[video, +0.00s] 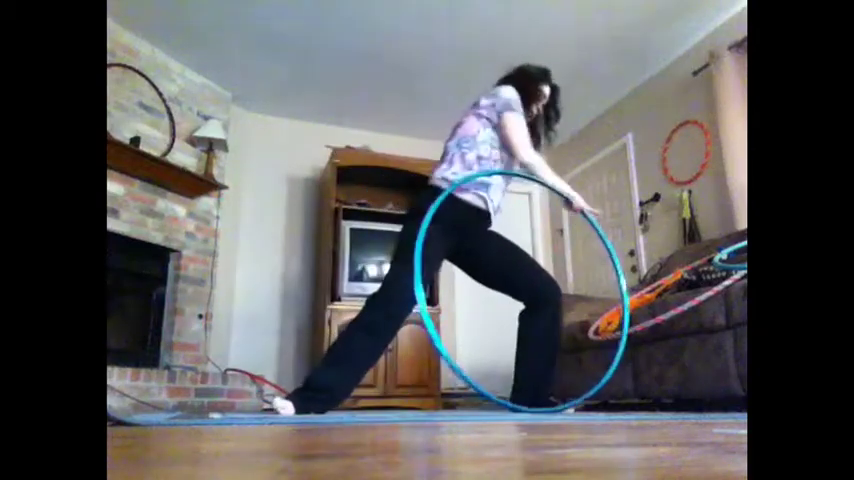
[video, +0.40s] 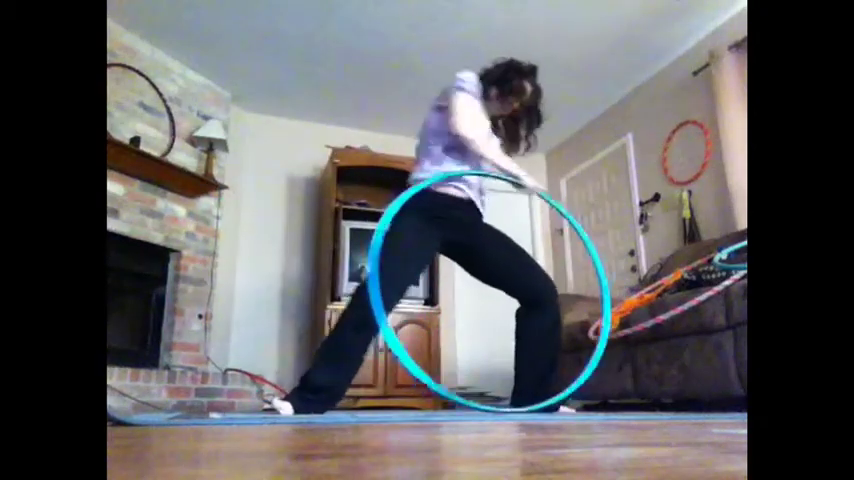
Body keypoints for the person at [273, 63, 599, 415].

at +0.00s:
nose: (542, 105)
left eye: (545, 102)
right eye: (541, 96)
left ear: (536, 105)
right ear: (527, 86)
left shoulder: (507, 125)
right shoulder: (505, 96)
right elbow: (524, 155)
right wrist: (572, 197)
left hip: (472, 228)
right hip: (439, 213)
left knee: (544, 294)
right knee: (391, 306)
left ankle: (532, 401)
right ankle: (306, 402)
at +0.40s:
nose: (507, 112)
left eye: (514, 109)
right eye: (509, 103)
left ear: (514, 107)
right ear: (499, 87)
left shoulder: (487, 124)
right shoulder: (464, 86)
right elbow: (466, 128)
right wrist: (516, 172)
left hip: (465, 220)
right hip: (423, 210)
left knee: (540, 293)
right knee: (375, 299)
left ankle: (533, 404)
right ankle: (307, 401)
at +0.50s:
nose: (492, 107)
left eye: (499, 104)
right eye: (494, 98)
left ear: (502, 102)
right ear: (485, 79)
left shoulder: (482, 125)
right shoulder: (444, 83)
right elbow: (425, 122)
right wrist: (478, 153)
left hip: (459, 216)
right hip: (414, 207)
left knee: (531, 293)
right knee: (360, 301)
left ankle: (535, 402)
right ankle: (301, 401)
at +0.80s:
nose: (433, 63)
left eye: (442, 58)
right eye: (429, 52)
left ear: (449, 64)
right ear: (412, 47)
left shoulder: (444, 97)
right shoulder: (373, 85)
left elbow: (489, 118)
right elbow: (322, 117)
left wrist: (509, 149)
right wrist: (347, 139)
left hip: (437, 209)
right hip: (384, 209)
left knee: (489, 296)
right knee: (324, 286)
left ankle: (531, 398)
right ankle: (297, 395)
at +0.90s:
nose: (399, 54)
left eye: (408, 48)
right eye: (391, 45)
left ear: (418, 54)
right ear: (374, 46)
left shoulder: (423, 90)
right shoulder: (346, 95)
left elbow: (471, 96)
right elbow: (295, 124)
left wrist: (505, 117)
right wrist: (287, 142)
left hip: (426, 207)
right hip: (374, 214)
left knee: (475, 297)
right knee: (312, 281)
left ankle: (531, 400)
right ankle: (291, 397)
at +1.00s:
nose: (375, 58)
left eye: (384, 51)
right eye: (367, 49)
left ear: (395, 56)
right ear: (351, 50)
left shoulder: (409, 88)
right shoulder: (329, 104)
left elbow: (458, 89)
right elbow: (280, 136)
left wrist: (504, 101)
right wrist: (260, 156)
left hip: (418, 209)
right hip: (368, 218)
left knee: (470, 303)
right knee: (302, 279)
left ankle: (537, 402)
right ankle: (289, 400)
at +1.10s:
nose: (345, 51)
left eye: (355, 45)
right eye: (337, 43)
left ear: (369, 54)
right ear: (321, 50)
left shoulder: (387, 88)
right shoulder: (305, 113)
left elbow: (448, 89)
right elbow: (267, 153)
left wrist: (491, 68)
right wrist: (242, 175)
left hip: (408, 211)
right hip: (356, 222)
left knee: (462, 299)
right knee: (290, 278)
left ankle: (541, 399)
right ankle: (284, 402)